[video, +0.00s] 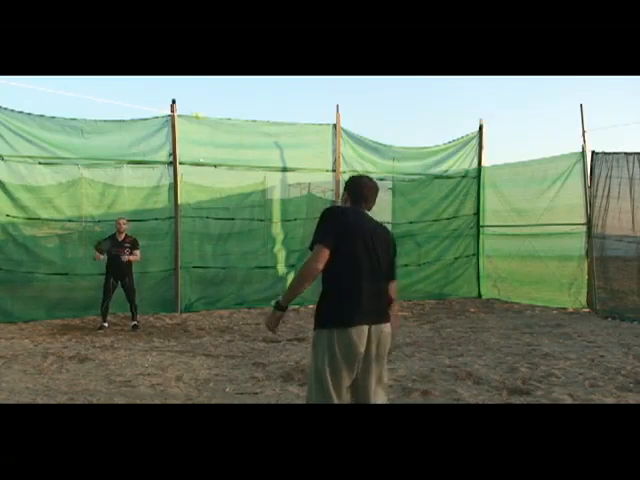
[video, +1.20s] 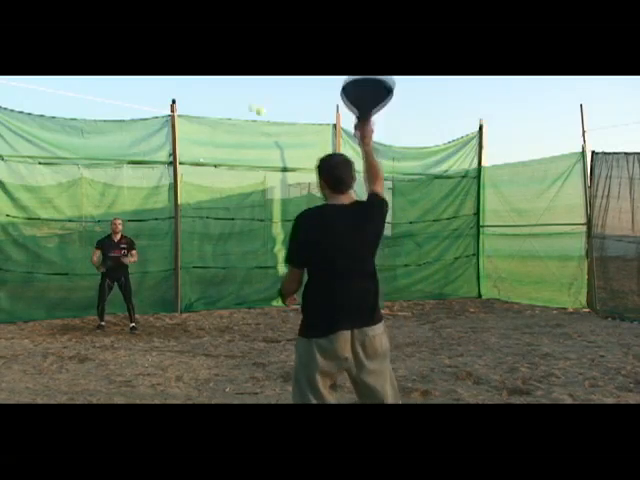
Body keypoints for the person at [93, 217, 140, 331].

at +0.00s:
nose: (121, 226)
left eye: (123, 224)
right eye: (119, 224)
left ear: (127, 226)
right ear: (115, 226)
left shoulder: (132, 241)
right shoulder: (109, 240)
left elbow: (137, 256)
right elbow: (99, 251)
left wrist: (128, 257)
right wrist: (99, 255)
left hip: (126, 273)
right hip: (112, 273)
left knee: (131, 298)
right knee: (106, 298)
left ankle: (134, 321)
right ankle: (104, 322)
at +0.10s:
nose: (118, 226)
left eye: (121, 224)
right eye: (116, 224)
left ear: (124, 226)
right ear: (113, 226)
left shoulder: (129, 240)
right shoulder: (107, 240)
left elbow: (133, 254)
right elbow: (93, 255)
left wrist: (120, 246)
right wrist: (94, 248)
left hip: (124, 273)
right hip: (110, 273)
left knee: (130, 298)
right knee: (104, 298)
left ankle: (134, 320)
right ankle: (103, 322)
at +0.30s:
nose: (115, 228)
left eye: (117, 225)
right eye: (113, 225)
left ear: (121, 227)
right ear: (110, 228)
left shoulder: (127, 240)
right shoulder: (105, 242)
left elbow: (129, 244)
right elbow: (87, 250)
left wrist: (119, 235)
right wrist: (87, 236)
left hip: (124, 274)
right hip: (110, 275)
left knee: (129, 300)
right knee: (104, 300)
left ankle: (132, 323)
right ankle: (104, 323)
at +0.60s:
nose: (114, 224)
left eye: (116, 222)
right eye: (112, 223)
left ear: (120, 225)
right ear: (110, 226)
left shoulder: (126, 239)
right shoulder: (106, 239)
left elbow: (135, 244)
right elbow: (97, 238)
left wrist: (129, 233)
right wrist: (97, 222)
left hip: (123, 272)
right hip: (109, 272)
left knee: (128, 298)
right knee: (104, 298)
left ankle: (132, 323)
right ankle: (104, 322)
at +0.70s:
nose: (114, 226)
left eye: (117, 224)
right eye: (113, 224)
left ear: (120, 226)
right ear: (110, 225)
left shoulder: (125, 238)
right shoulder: (105, 237)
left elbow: (133, 247)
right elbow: (105, 248)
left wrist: (127, 237)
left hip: (122, 272)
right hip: (108, 272)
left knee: (127, 297)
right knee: (103, 298)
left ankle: (132, 322)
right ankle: (104, 322)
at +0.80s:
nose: (117, 226)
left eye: (119, 224)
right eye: (115, 224)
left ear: (123, 226)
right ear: (112, 226)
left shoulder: (125, 241)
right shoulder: (106, 241)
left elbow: (135, 253)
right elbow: (103, 259)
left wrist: (132, 244)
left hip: (121, 270)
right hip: (107, 270)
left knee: (127, 297)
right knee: (104, 297)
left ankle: (132, 323)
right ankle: (103, 322)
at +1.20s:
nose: (116, 227)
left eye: (119, 224)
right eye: (114, 224)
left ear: (122, 227)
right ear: (111, 226)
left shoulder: (128, 241)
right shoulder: (103, 242)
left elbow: (135, 257)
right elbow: (94, 258)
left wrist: (128, 260)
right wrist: (98, 266)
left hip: (122, 272)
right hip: (107, 272)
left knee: (128, 298)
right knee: (102, 298)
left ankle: (132, 323)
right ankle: (101, 322)